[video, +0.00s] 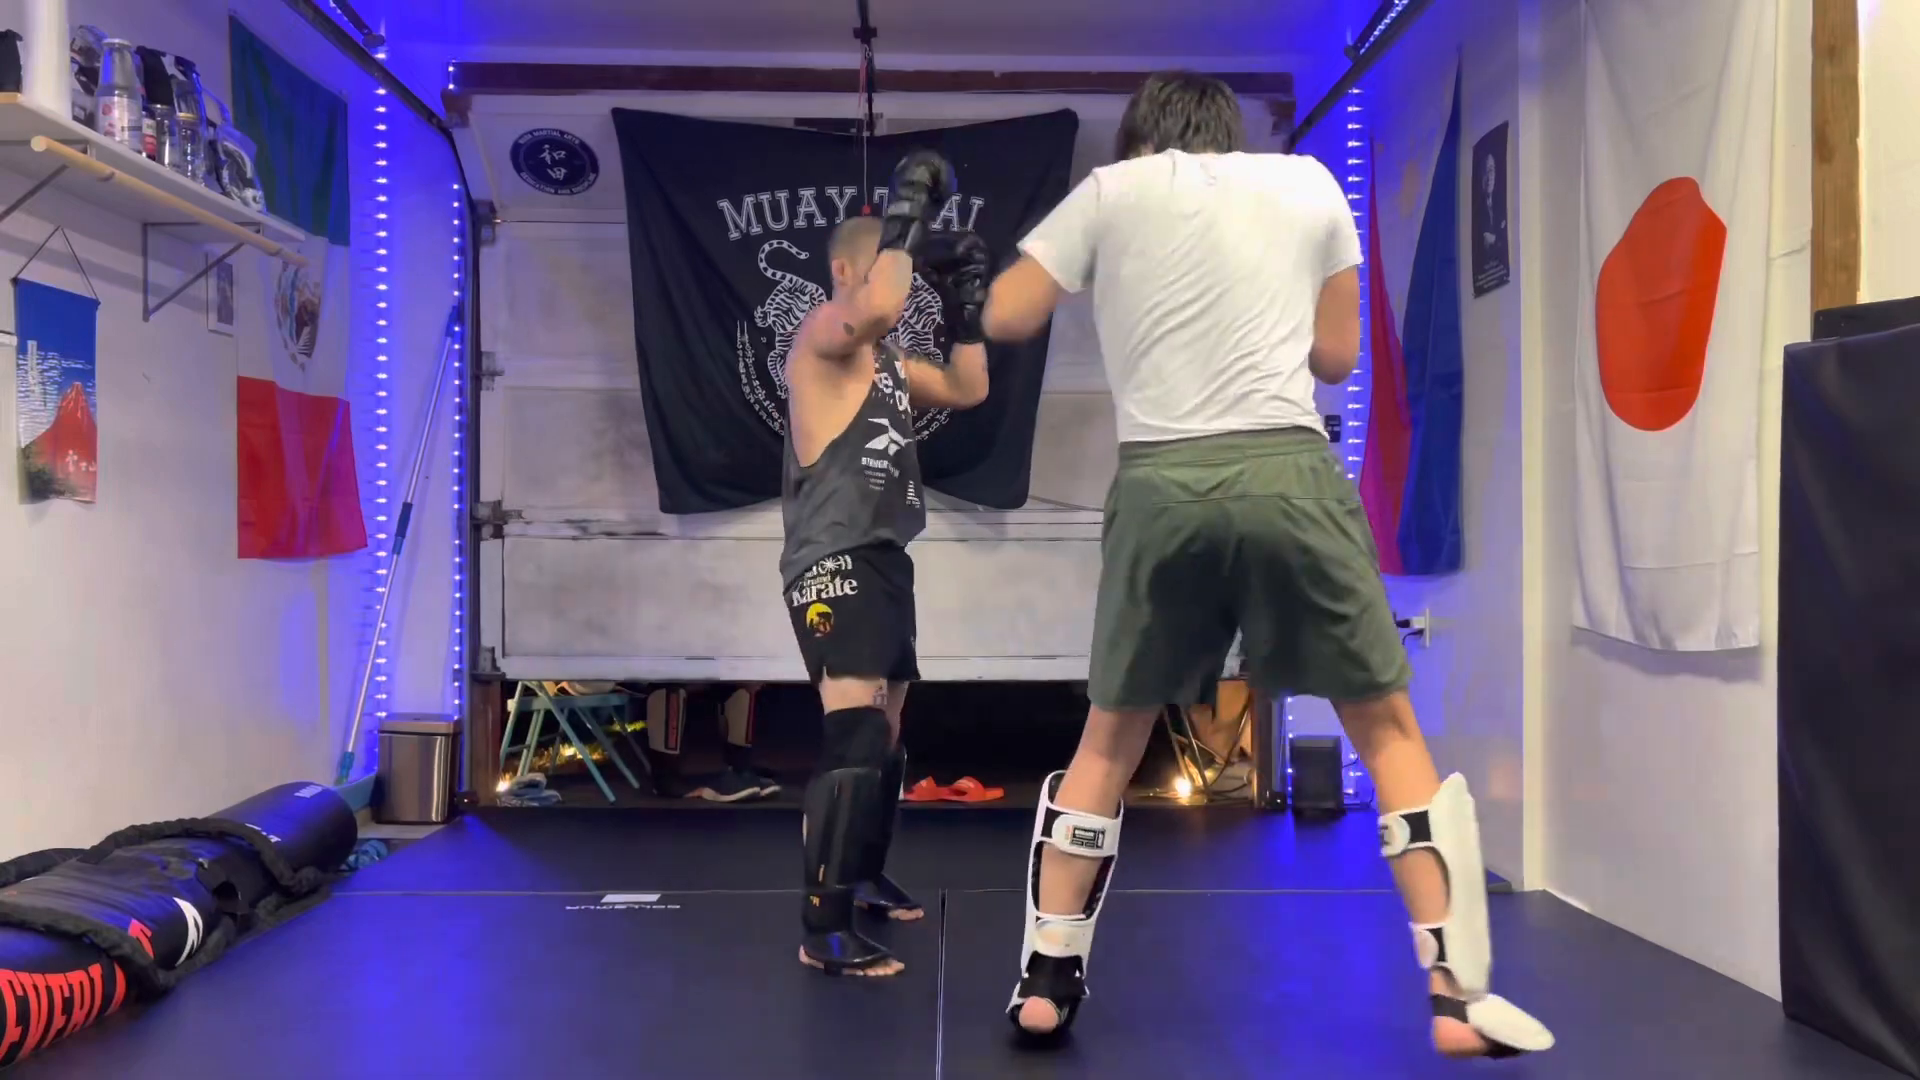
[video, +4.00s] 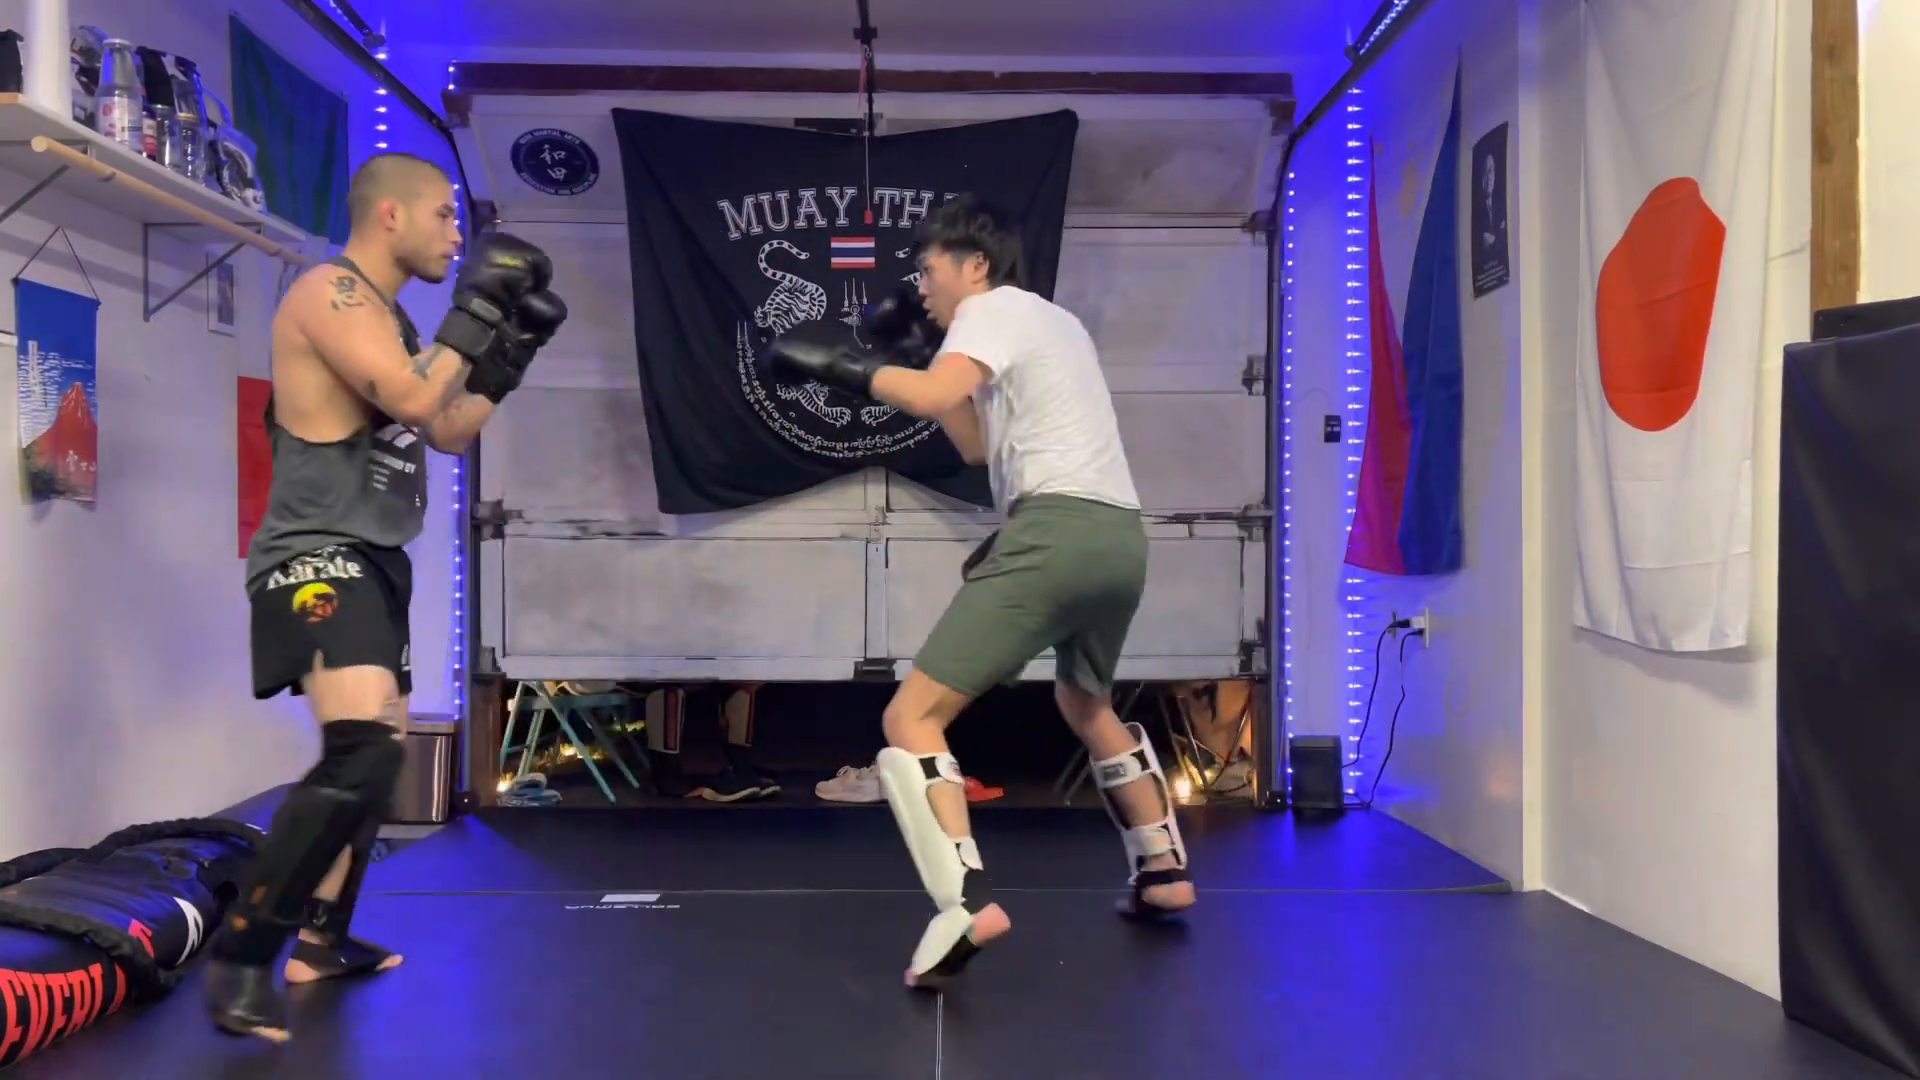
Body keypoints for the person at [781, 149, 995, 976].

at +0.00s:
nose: (896, 285)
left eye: (900, 273)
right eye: (887, 272)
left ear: (878, 280)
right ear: (847, 273)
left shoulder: (887, 359)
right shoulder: (822, 333)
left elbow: (969, 388)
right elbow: (876, 306)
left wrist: (967, 305)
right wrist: (904, 227)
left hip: (883, 556)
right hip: (834, 556)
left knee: (884, 724)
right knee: (856, 732)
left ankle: (864, 882)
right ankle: (824, 928)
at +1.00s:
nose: (902, 283)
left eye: (902, 268)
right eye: (890, 266)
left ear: (850, 270)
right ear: (842, 268)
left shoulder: (851, 354)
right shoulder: (794, 340)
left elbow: (927, 445)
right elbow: (777, 445)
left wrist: (959, 357)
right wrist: (873, 414)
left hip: (832, 578)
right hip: (814, 581)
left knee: (827, 757)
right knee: (900, 760)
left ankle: (745, 884)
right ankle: (874, 979)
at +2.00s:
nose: (703, 271)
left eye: (702, 257)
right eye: (688, 255)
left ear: (634, 269)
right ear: (634, 260)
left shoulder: (628, 351)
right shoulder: (607, 336)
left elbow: (699, 447)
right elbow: (634, 418)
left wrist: (748, 370)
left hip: (539, 596)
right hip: (565, 595)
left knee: (550, 776)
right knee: (662, 789)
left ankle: (424, 913)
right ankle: (658, 1014)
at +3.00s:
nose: (543, 256)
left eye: (542, 238)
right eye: (533, 238)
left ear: (461, 246)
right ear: (488, 238)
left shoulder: (407, 324)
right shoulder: (486, 302)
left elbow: (464, 445)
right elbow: (508, 420)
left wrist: (550, 379)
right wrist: (625, 397)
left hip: (409, 596)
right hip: (497, 582)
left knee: (429, 778)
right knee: (604, 762)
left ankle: (368, 968)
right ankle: (555, 975)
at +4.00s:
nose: (456, 232)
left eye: (455, 217)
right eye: (444, 215)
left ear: (394, 220)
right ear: (389, 217)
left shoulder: (385, 317)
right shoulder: (330, 294)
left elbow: (455, 427)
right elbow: (411, 397)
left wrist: (514, 348)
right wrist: (477, 306)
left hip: (373, 562)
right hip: (321, 556)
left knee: (373, 760)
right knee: (360, 756)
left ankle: (321, 938)